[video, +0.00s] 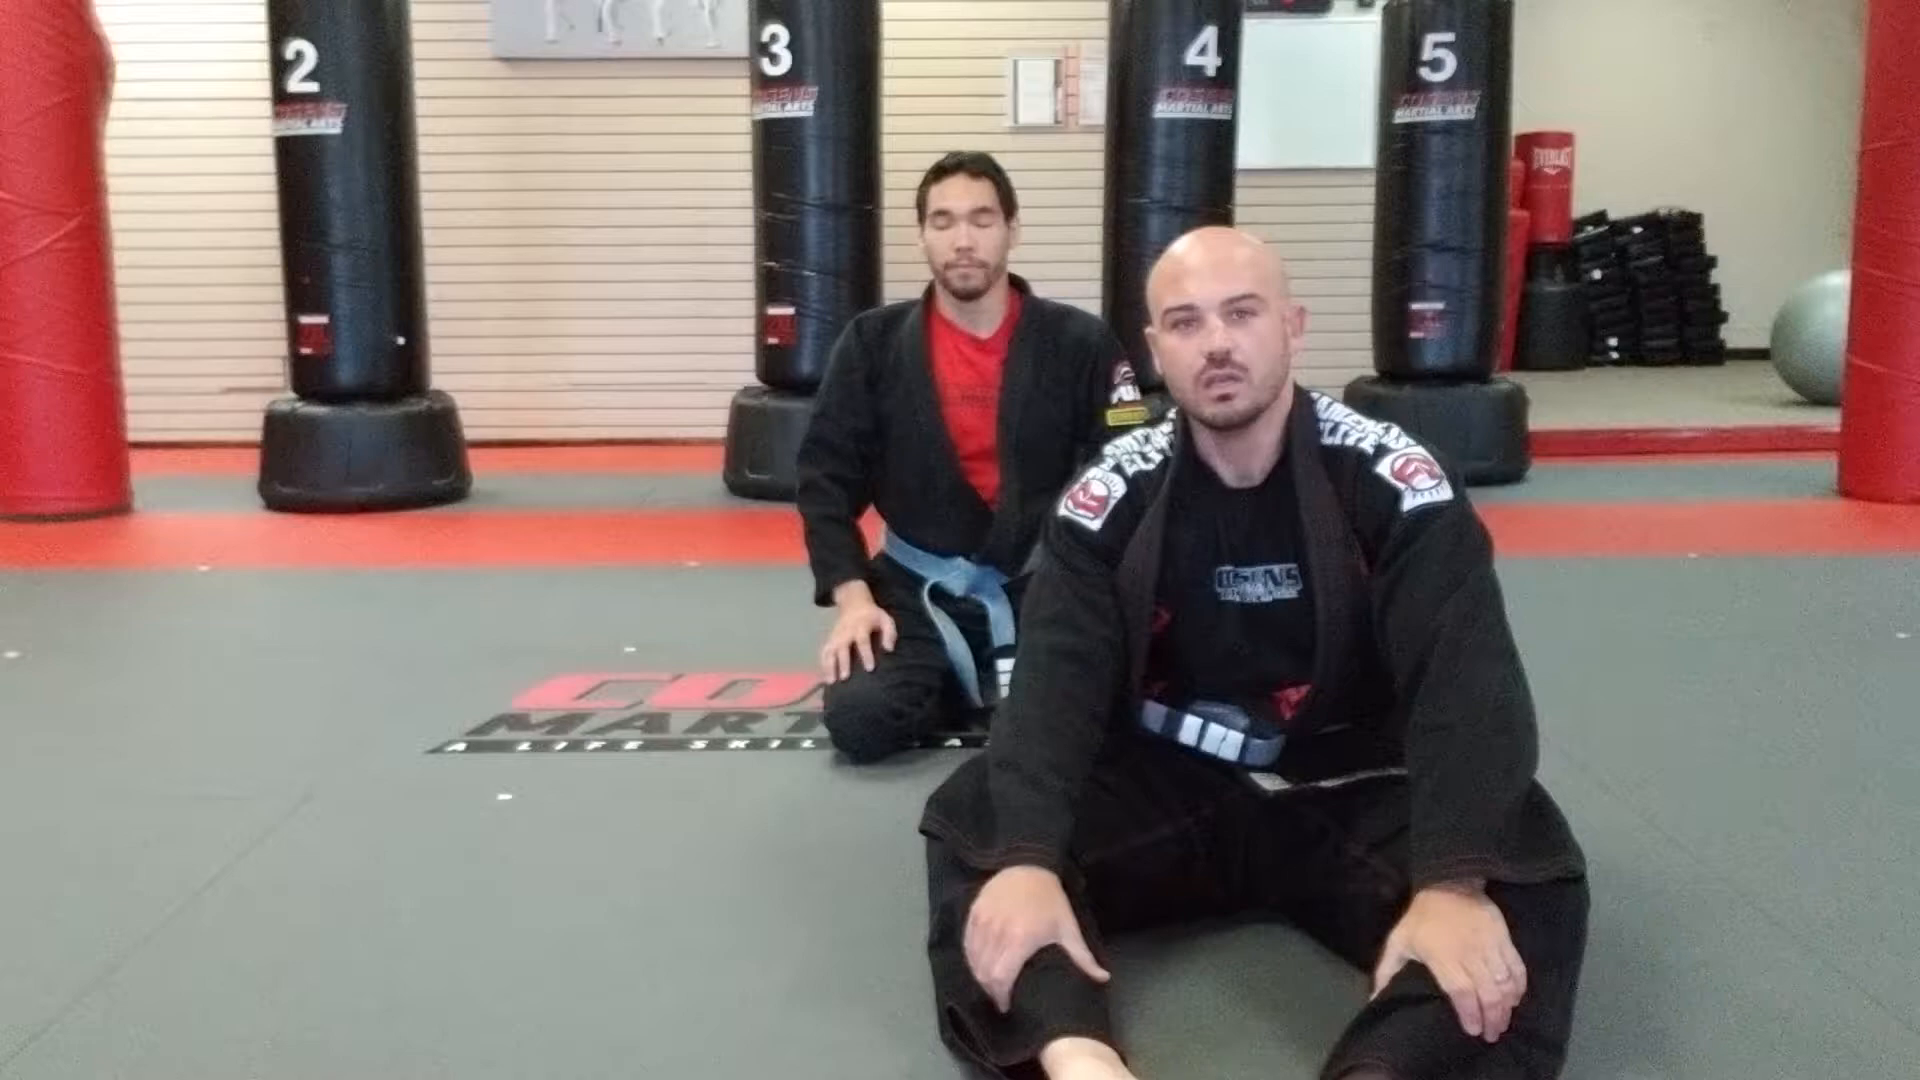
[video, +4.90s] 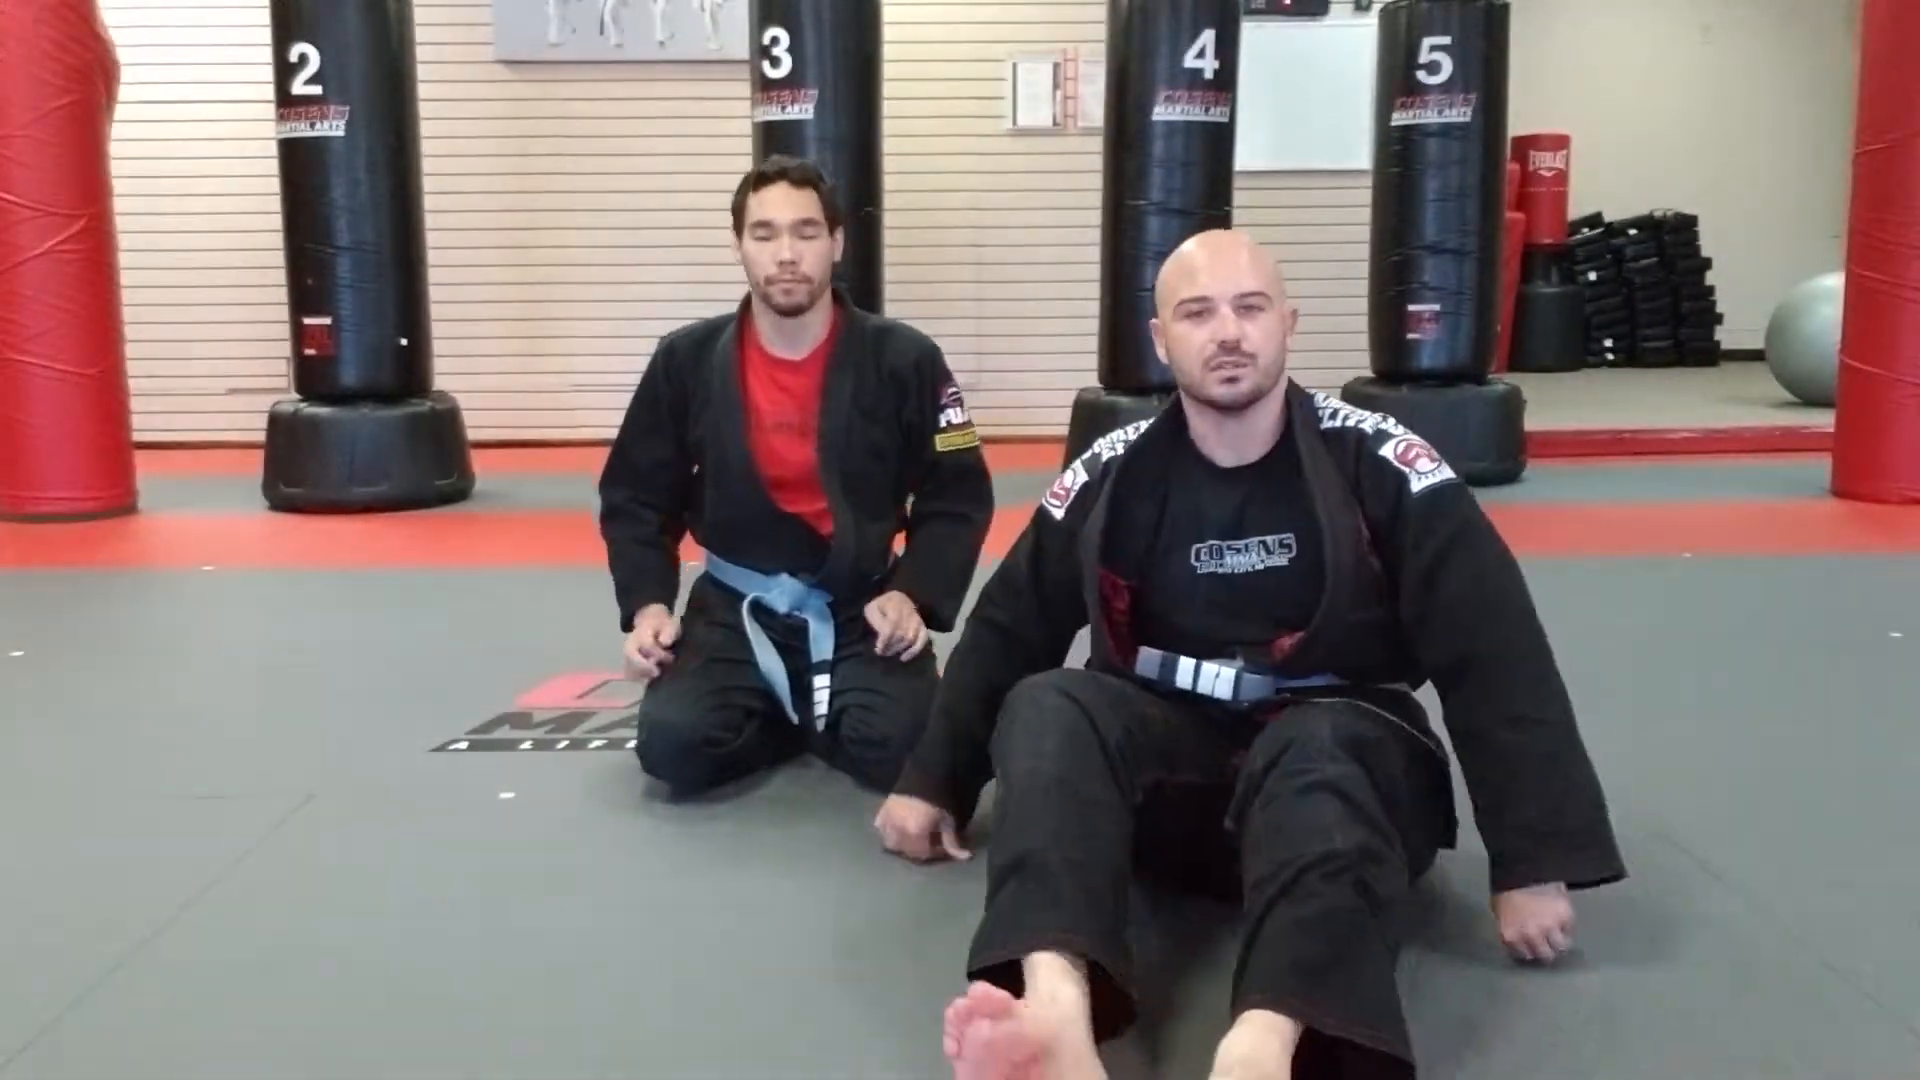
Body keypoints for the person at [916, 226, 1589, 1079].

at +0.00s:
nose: (1216, 345)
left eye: (1241, 315)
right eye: (1186, 323)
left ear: (1294, 326)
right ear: (1154, 348)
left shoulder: (1387, 472)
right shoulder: (1111, 494)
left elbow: (1467, 680)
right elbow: (1054, 680)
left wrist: (1453, 882)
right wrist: (1027, 858)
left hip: (1352, 804)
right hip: (1161, 799)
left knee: (1528, 867)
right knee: (974, 812)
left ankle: (1384, 1065)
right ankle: (1082, 1062)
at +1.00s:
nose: (1337, 372)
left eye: (1373, 345)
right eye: (1312, 337)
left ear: (1417, 356)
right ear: (1267, 339)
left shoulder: (1473, 511)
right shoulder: (1177, 480)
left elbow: (1515, 723)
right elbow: (1084, 672)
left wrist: (1525, 917)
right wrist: (1036, 860)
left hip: (1371, 816)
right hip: (1176, 797)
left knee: (1553, 897)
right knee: (988, 822)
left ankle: (1406, 1058)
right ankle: (1085, 1058)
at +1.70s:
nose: (1250, 359)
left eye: (1276, 330)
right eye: (1217, 333)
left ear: (1309, 340)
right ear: (1171, 349)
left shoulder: (1393, 486)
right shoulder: (1112, 495)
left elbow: (1471, 683)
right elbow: (1045, 684)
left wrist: (1487, 887)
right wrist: (994, 864)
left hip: (1348, 801)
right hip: (1156, 792)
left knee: (1531, 873)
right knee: (968, 820)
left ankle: (1378, 1060)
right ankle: (1079, 1058)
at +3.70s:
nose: (1266, 386)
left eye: (1290, 351)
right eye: (1230, 357)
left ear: (1319, 348)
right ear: (1178, 363)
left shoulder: (1405, 491)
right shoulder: (1122, 493)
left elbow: (1477, 696)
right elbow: (1057, 686)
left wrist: (1498, 896)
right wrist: (1015, 859)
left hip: (1355, 811)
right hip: (1164, 799)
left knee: (1533, 872)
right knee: (979, 812)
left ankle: (1388, 1064)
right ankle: (1080, 1060)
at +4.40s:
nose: (1230, 350)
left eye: (1253, 320)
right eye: (1198, 329)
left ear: (1289, 331)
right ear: (1155, 351)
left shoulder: (1374, 470)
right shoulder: (1116, 479)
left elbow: (1435, 659)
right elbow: (1047, 641)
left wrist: (1416, 823)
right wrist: (1033, 765)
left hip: (1330, 794)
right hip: (1151, 784)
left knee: (1466, 833)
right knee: (995, 791)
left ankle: (1346, 1064)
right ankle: (1084, 1052)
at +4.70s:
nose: (1243, 320)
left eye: (1268, 298)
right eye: (1212, 302)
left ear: (1305, 324)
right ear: (1172, 336)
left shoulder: (1389, 464)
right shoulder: (1121, 476)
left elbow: (1498, 633)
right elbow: (1026, 638)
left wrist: (1548, 808)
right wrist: (935, 751)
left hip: (1326, 772)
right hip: (1162, 766)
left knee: (1403, 769)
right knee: (1044, 741)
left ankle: (1304, 1058)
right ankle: (1116, 1046)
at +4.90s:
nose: (1228, 331)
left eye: (1250, 306)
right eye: (1198, 313)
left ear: (1288, 322)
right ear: (1160, 341)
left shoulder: (1380, 464)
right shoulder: (1113, 471)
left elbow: (1493, 659)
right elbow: (1007, 626)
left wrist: (1534, 865)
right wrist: (931, 779)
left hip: (1341, 769)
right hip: (1172, 762)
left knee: (1318, 738)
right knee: (1045, 704)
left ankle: (1260, 1047)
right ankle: (1055, 1012)